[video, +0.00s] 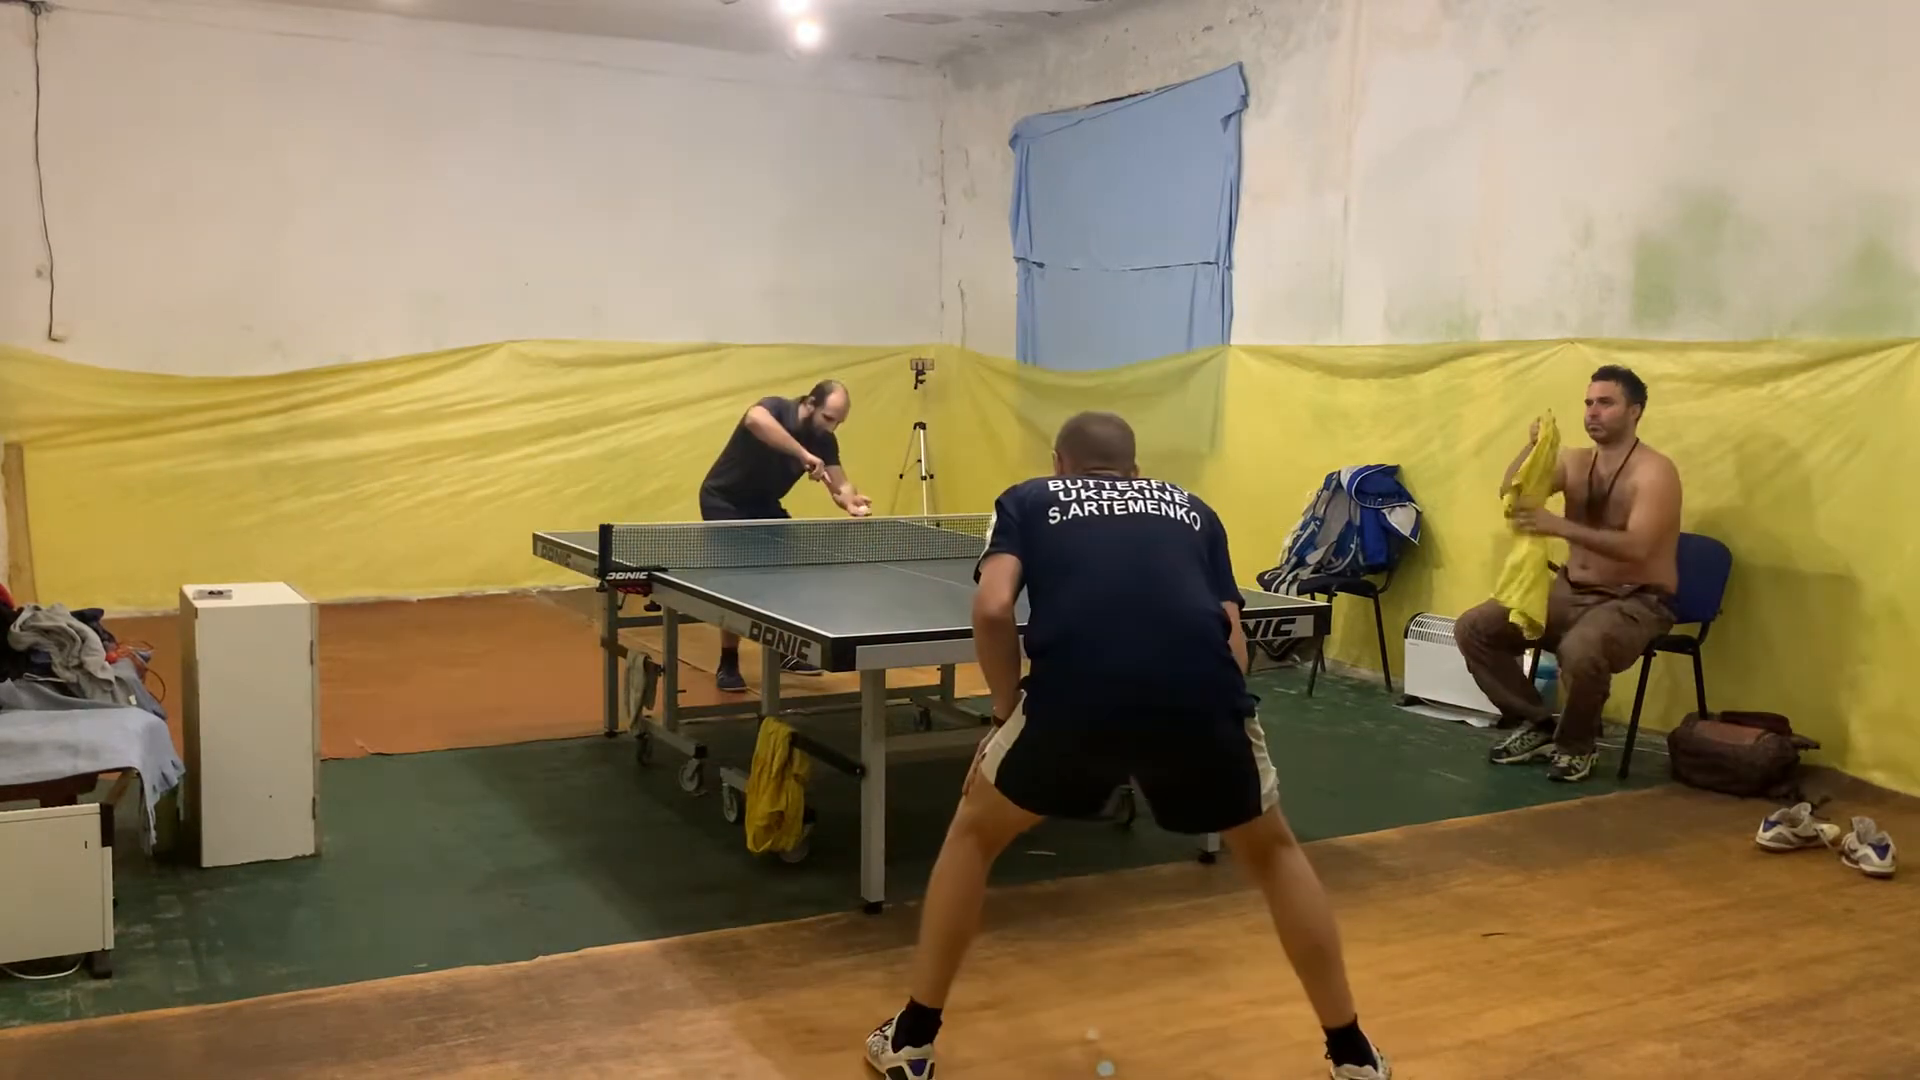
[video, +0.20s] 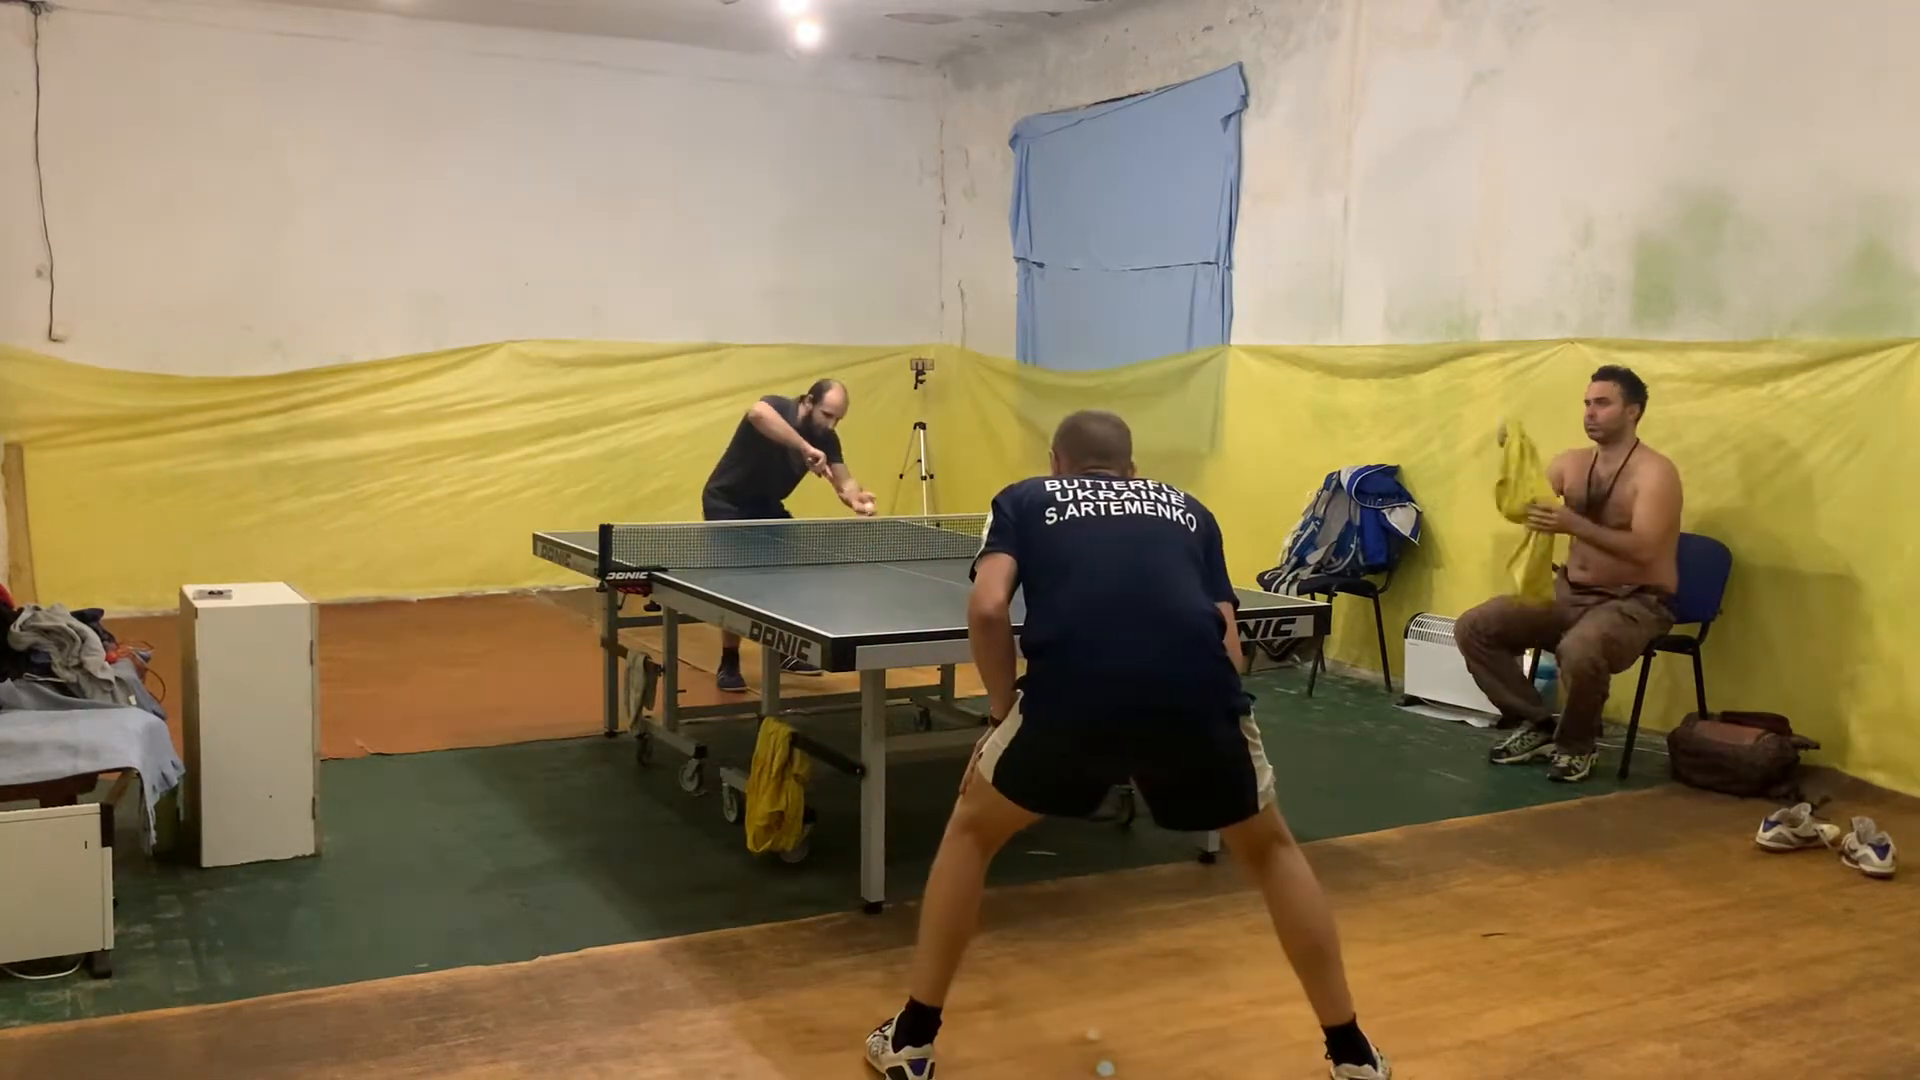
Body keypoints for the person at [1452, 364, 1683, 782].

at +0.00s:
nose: (1592, 412)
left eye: (1605, 404)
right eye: (1589, 403)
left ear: (1635, 411)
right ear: (1584, 408)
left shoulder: (1655, 472)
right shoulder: (1573, 462)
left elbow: (1639, 548)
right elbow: (1513, 492)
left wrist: (1557, 526)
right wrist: (1534, 449)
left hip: (1637, 601)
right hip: (1572, 593)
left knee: (1580, 651)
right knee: (1474, 630)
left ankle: (1577, 746)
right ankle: (1535, 722)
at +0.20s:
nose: (1589, 413)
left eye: (1602, 404)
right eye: (1587, 403)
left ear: (1634, 412)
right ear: (1583, 408)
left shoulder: (1655, 474)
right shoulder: (1569, 464)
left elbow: (1645, 551)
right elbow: (1525, 512)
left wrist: (1573, 524)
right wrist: (1512, 463)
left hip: (1636, 605)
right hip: (1570, 599)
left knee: (1579, 650)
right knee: (1475, 629)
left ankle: (1577, 746)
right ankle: (1535, 723)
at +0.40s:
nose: (1584, 414)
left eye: (1596, 405)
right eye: (1583, 405)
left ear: (1630, 412)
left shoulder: (1657, 472)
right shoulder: (1573, 465)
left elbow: (1650, 549)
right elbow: (1542, 527)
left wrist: (1587, 512)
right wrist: (1499, 508)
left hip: (1638, 600)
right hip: (1574, 593)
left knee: (1579, 650)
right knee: (1475, 629)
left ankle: (1577, 745)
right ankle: (1535, 722)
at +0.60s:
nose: (1580, 414)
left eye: (1592, 405)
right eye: (1580, 405)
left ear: (1626, 412)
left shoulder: (1655, 471)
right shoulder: (1573, 466)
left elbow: (1650, 547)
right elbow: (1544, 541)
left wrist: (1583, 516)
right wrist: (1494, 510)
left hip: (1640, 601)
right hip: (1574, 591)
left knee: (1579, 648)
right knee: (1475, 630)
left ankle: (1577, 746)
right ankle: (1536, 722)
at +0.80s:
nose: (1578, 415)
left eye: (1590, 406)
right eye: (1579, 406)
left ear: (1625, 412)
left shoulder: (1655, 472)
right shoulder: (1572, 467)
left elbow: (1651, 551)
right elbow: (1546, 531)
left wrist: (1588, 524)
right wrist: (1499, 511)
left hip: (1640, 600)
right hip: (1576, 592)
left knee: (1579, 650)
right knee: (1475, 629)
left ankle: (1576, 746)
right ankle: (1535, 722)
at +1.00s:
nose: (1578, 415)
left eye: (1589, 406)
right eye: (1578, 406)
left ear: (1624, 412)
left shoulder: (1655, 472)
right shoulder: (1572, 467)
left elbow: (1652, 550)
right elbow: (1545, 537)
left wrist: (1586, 519)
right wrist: (1510, 519)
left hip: (1636, 601)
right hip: (1568, 594)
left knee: (1579, 651)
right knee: (1475, 629)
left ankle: (1576, 745)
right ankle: (1535, 722)